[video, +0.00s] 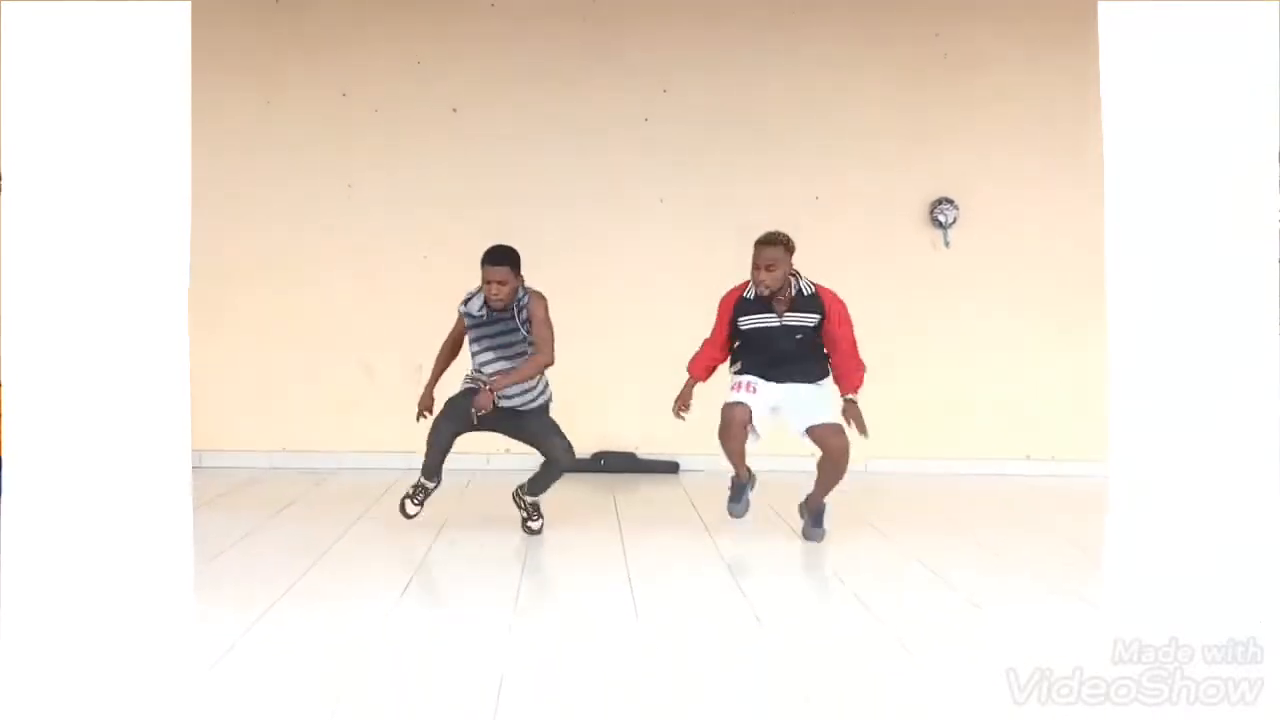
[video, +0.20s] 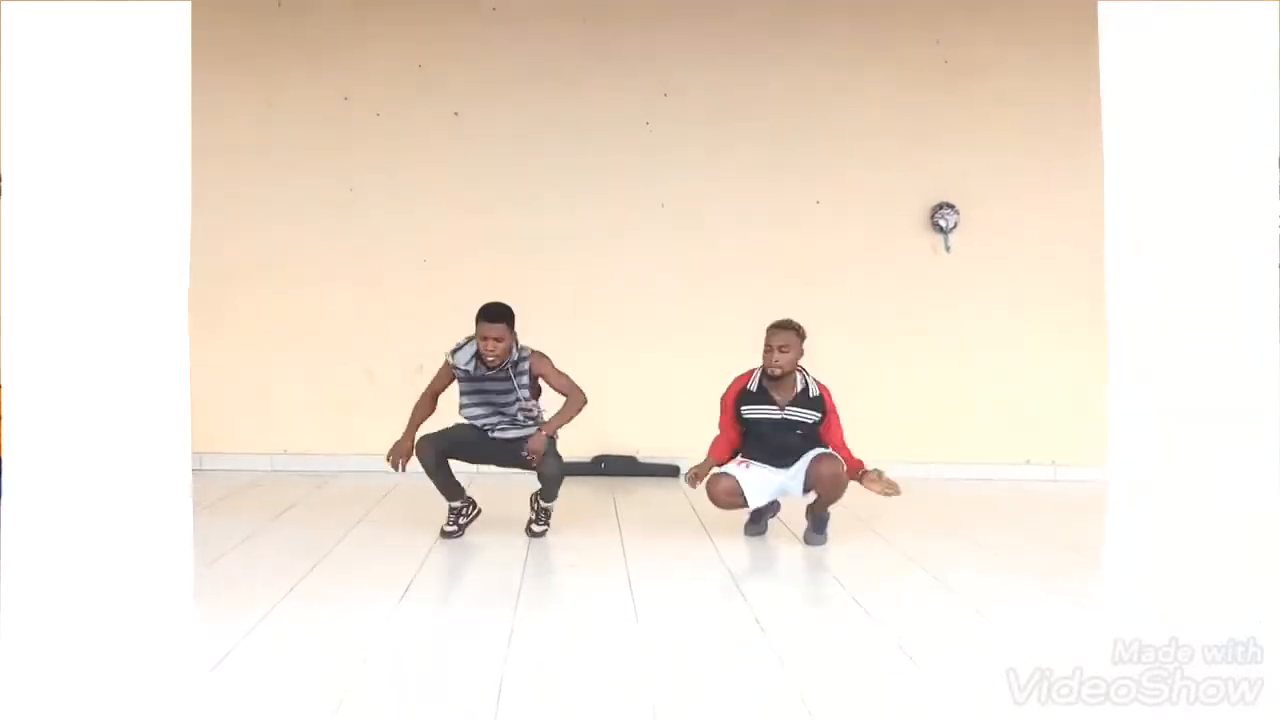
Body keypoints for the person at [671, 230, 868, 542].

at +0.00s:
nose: (761, 276)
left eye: (770, 269)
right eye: (756, 267)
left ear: (790, 267)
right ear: (751, 265)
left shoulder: (823, 301)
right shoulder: (736, 301)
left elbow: (843, 347)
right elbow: (717, 344)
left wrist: (849, 397)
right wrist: (689, 384)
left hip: (807, 386)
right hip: (753, 383)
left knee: (838, 448)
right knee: (731, 421)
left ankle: (814, 504)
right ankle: (741, 477)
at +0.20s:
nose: (773, 357)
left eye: (783, 351)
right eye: (768, 350)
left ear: (800, 354)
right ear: (762, 350)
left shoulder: (818, 394)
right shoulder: (741, 388)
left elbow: (836, 444)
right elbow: (730, 433)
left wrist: (861, 474)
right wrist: (708, 463)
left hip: (802, 465)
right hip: (756, 466)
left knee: (833, 471)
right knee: (718, 491)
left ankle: (818, 512)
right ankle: (764, 505)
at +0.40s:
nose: (762, 323)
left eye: (771, 316)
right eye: (756, 315)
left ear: (789, 310)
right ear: (751, 310)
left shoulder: (814, 326)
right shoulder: (744, 334)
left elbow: (861, 357)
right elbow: (732, 372)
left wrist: (807, 341)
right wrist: (704, 382)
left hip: (808, 425)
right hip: (754, 423)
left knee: (844, 463)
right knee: (716, 439)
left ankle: (813, 506)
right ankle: (744, 495)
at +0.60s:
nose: (741, 270)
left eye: (750, 262)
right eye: (735, 262)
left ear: (769, 257)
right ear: (730, 258)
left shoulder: (796, 290)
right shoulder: (741, 279)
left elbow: (782, 351)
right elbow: (738, 317)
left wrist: (743, 400)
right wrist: (728, 352)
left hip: (804, 372)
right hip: (753, 367)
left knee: (841, 455)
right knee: (712, 436)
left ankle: (814, 508)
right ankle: (670, 523)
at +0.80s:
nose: (760, 264)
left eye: (769, 257)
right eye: (754, 256)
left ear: (784, 251)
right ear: (746, 249)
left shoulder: (796, 274)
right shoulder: (747, 261)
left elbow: (792, 322)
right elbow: (743, 233)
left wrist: (740, 308)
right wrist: (735, 209)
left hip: (797, 382)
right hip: (749, 380)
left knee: (830, 458)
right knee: (704, 442)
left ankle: (825, 511)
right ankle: (664, 529)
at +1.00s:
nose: (787, 315)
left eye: (796, 308)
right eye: (781, 306)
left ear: (811, 305)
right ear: (773, 300)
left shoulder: (822, 343)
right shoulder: (758, 313)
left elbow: (833, 397)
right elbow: (719, 334)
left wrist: (821, 450)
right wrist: (707, 332)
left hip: (798, 419)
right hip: (754, 409)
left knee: (825, 473)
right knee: (715, 419)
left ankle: (815, 513)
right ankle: (746, 494)